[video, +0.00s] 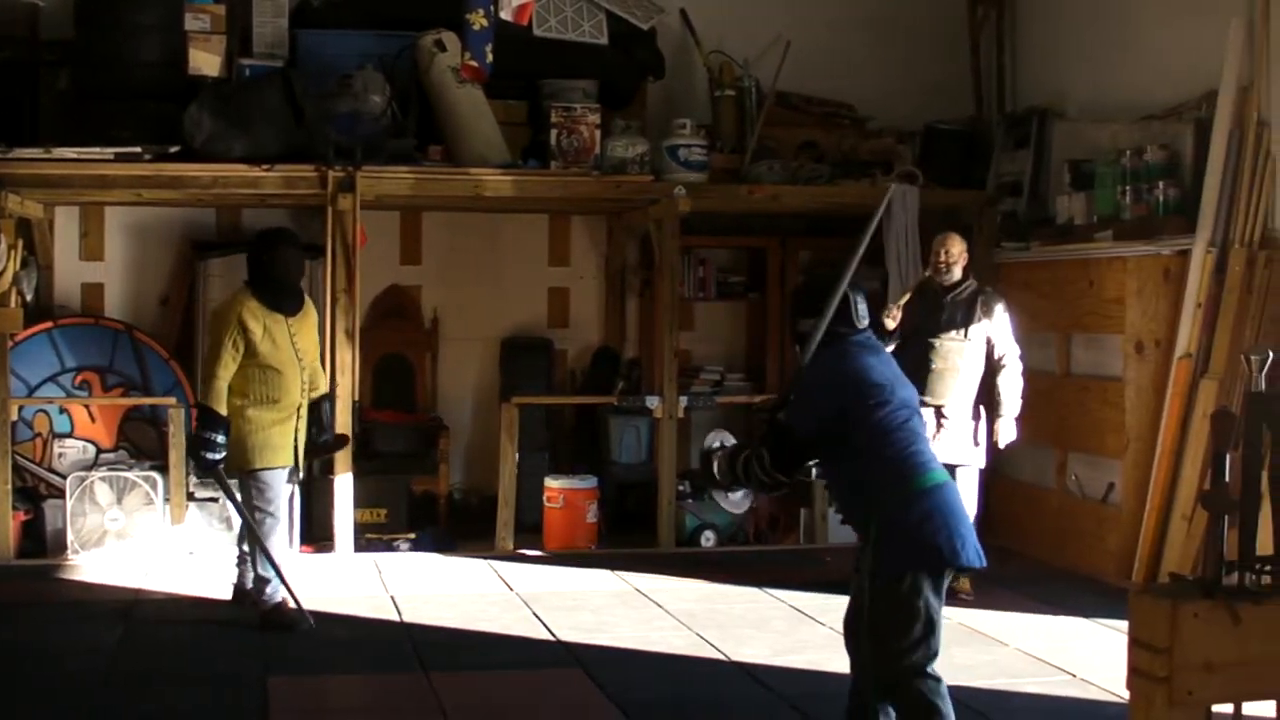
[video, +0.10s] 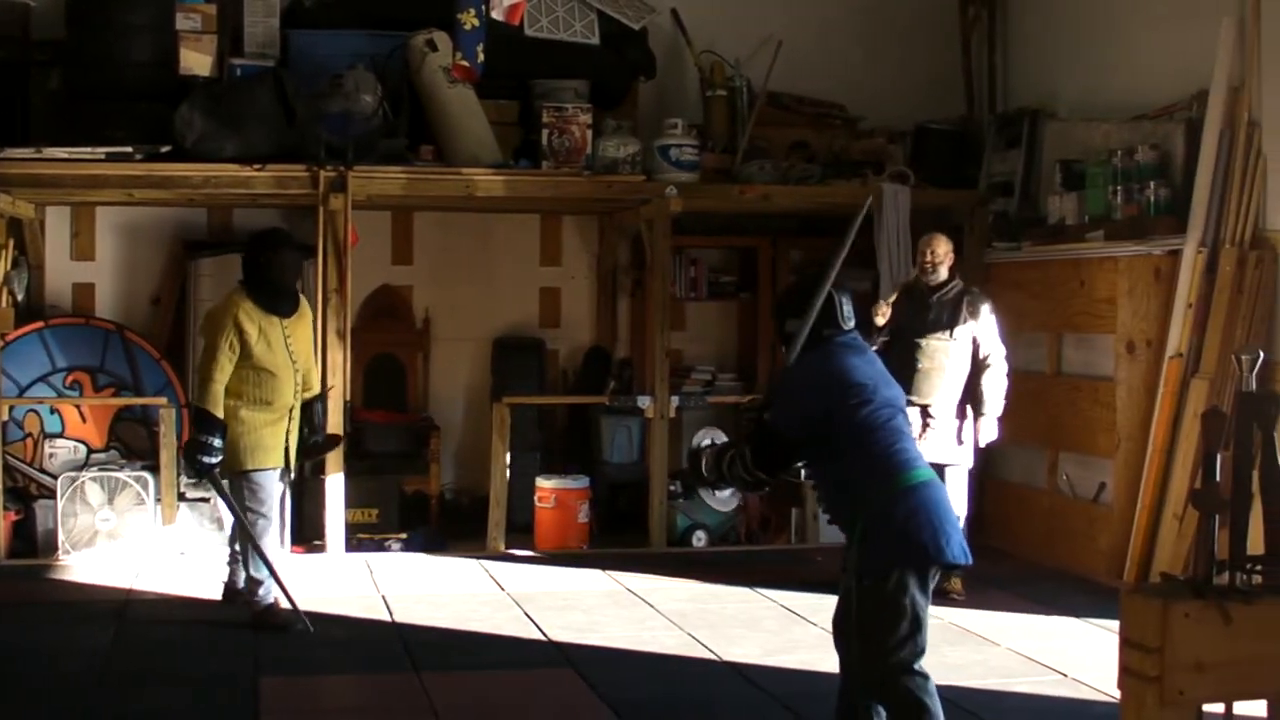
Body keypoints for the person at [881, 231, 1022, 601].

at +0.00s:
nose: (941, 260)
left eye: (949, 254)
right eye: (937, 253)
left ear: (965, 259)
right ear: (929, 258)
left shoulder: (987, 306)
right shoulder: (915, 300)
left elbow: (1008, 365)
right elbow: (879, 355)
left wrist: (1007, 416)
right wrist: (885, 330)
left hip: (965, 420)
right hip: (916, 416)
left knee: (963, 501)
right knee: (916, 493)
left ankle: (960, 572)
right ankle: (914, 568)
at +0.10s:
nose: (928, 259)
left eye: (936, 253)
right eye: (923, 253)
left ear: (952, 258)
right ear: (916, 258)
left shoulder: (973, 306)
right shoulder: (903, 299)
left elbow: (993, 364)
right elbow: (869, 351)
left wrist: (989, 416)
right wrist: (875, 327)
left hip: (952, 420)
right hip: (904, 417)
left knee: (952, 500)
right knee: (905, 494)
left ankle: (951, 571)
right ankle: (904, 568)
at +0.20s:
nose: (910, 260)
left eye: (918, 255)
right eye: (906, 254)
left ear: (935, 259)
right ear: (900, 257)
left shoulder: (956, 303)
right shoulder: (889, 298)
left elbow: (977, 363)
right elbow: (856, 351)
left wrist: (969, 416)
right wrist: (862, 325)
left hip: (937, 420)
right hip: (889, 416)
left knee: (941, 498)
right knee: (892, 493)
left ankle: (942, 571)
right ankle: (891, 570)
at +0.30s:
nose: (898, 262)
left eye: (906, 258)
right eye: (896, 256)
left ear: (923, 260)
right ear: (891, 256)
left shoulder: (944, 300)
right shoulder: (879, 298)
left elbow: (966, 360)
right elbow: (851, 353)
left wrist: (953, 413)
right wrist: (852, 325)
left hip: (926, 419)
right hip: (878, 413)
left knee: (932, 495)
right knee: (882, 491)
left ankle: (938, 569)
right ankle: (882, 570)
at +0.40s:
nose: (890, 266)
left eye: (898, 261)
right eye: (887, 260)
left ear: (915, 260)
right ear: (882, 258)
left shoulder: (938, 301)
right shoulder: (873, 299)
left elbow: (959, 360)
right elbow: (852, 351)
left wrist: (942, 412)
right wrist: (846, 323)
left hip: (919, 418)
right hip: (874, 413)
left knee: (928, 493)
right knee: (878, 489)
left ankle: (939, 568)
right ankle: (879, 568)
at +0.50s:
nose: (885, 265)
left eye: (892, 260)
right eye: (881, 259)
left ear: (910, 260)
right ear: (876, 259)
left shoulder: (933, 301)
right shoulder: (870, 298)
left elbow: (954, 359)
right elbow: (852, 350)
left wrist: (934, 410)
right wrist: (847, 324)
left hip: (915, 413)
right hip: (872, 408)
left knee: (922, 485)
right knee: (877, 486)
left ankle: (941, 567)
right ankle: (882, 568)